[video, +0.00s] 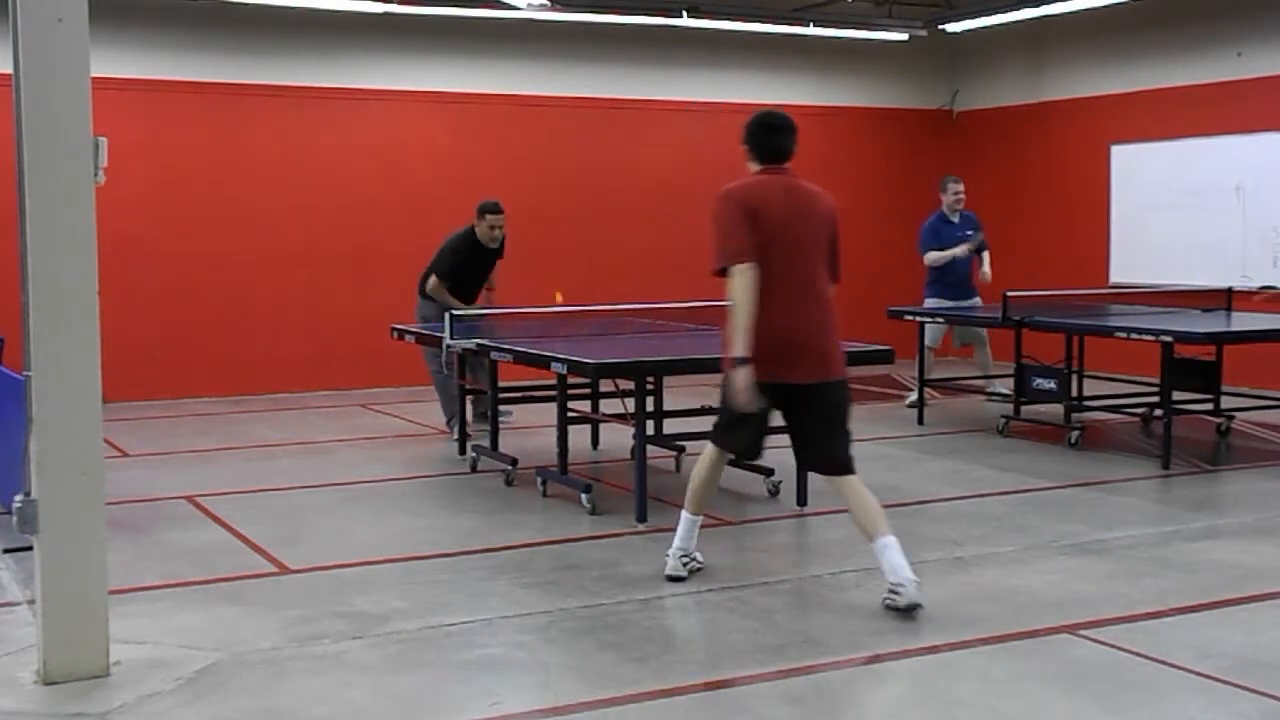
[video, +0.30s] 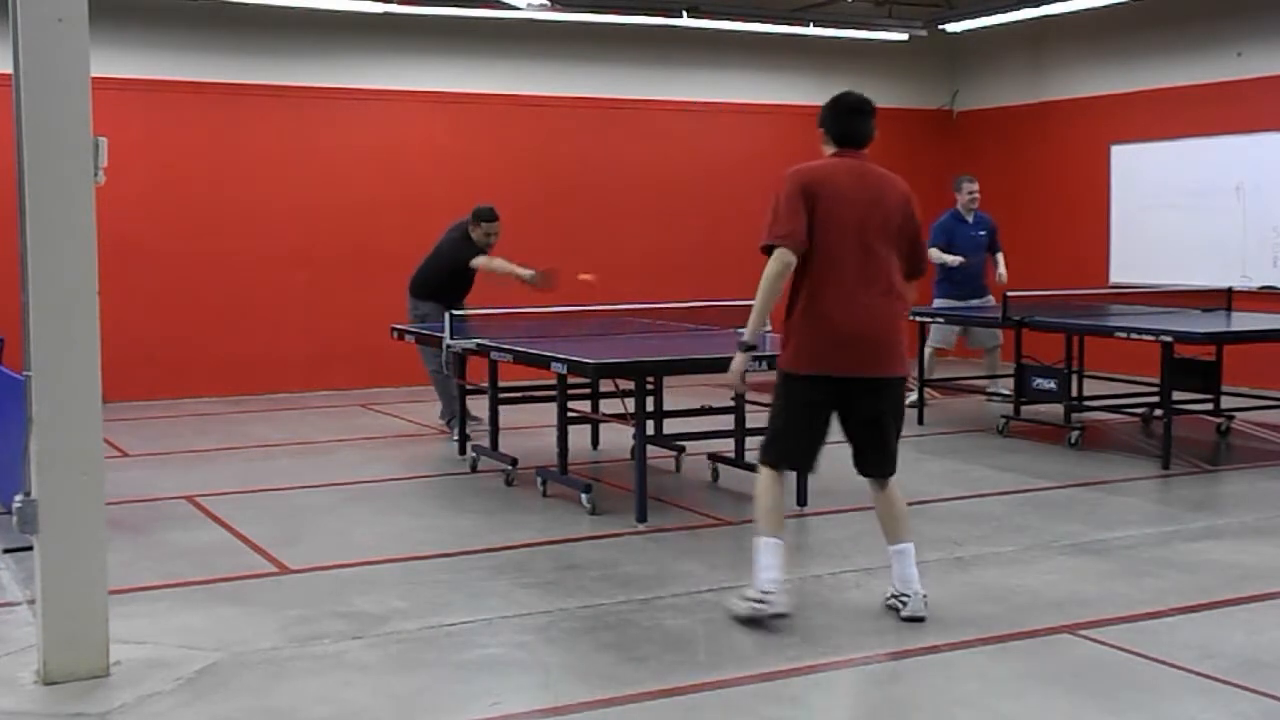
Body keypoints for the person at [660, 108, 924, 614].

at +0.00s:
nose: (744, 153)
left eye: (744, 146)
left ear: (748, 150)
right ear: (792, 151)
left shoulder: (737, 198)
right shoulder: (820, 201)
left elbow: (744, 273)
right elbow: (828, 279)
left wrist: (737, 358)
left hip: (759, 361)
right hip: (820, 362)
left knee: (717, 450)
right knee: (842, 471)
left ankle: (681, 552)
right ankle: (901, 579)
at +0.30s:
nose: (820, 138)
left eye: (820, 130)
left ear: (824, 134)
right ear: (871, 136)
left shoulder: (803, 180)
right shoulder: (897, 190)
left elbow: (785, 256)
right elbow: (915, 269)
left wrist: (748, 340)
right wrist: (871, 284)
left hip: (811, 354)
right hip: (882, 357)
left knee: (773, 467)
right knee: (882, 474)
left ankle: (767, 589)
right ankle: (909, 590)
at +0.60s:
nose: (845, 176)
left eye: (847, 168)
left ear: (852, 172)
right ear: (903, 176)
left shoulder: (824, 217)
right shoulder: (926, 226)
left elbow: (779, 301)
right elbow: (942, 322)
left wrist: (772, 347)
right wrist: (936, 380)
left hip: (835, 378)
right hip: (907, 380)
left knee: (816, 517)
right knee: (896, 465)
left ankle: (848, 643)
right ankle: (929, 588)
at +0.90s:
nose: (868, 179)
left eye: (869, 170)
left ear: (876, 171)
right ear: (924, 176)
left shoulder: (872, 199)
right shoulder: (945, 220)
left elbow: (848, 264)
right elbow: (949, 292)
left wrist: (795, 334)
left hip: (899, 358)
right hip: (960, 357)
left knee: (860, 495)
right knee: (918, 467)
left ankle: (855, 645)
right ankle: (944, 591)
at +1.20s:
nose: (890, 170)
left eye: (890, 163)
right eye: (892, 163)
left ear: (898, 163)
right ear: (940, 161)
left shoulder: (915, 186)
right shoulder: (956, 201)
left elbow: (932, 251)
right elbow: (904, 264)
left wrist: (874, 334)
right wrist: (838, 278)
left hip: (957, 352)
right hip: (994, 352)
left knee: (922, 489)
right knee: (932, 477)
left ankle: (971, 634)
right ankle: (940, 584)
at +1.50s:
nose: (920, 184)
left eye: (922, 177)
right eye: (922, 176)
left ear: (931, 180)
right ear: (978, 178)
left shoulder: (942, 225)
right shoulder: (1006, 224)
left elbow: (936, 317)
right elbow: (1019, 312)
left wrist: (888, 389)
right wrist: (961, 381)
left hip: (985, 391)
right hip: (1032, 383)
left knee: (981, 541)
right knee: (952, 449)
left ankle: (1107, 650)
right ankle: (949, 586)